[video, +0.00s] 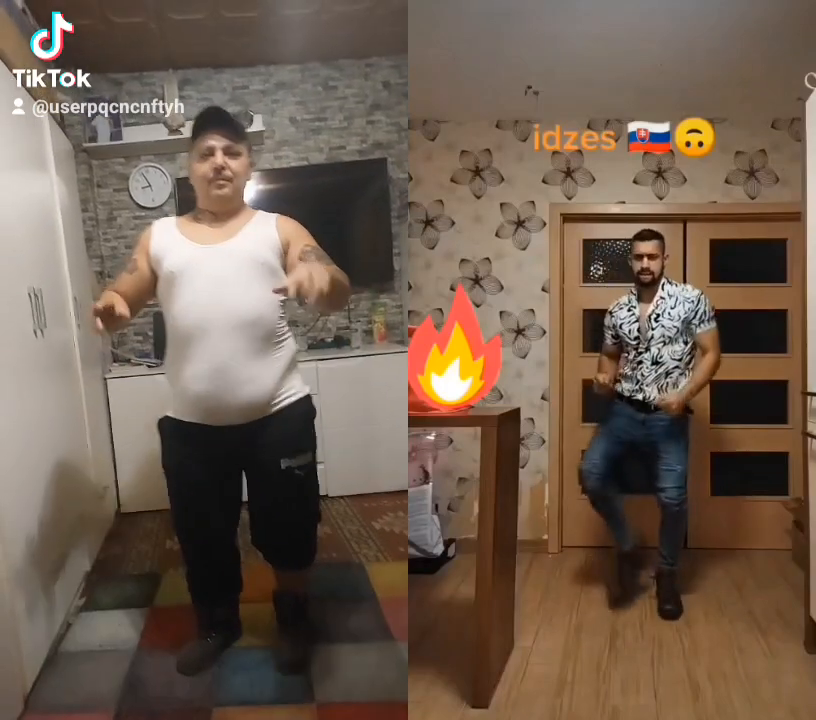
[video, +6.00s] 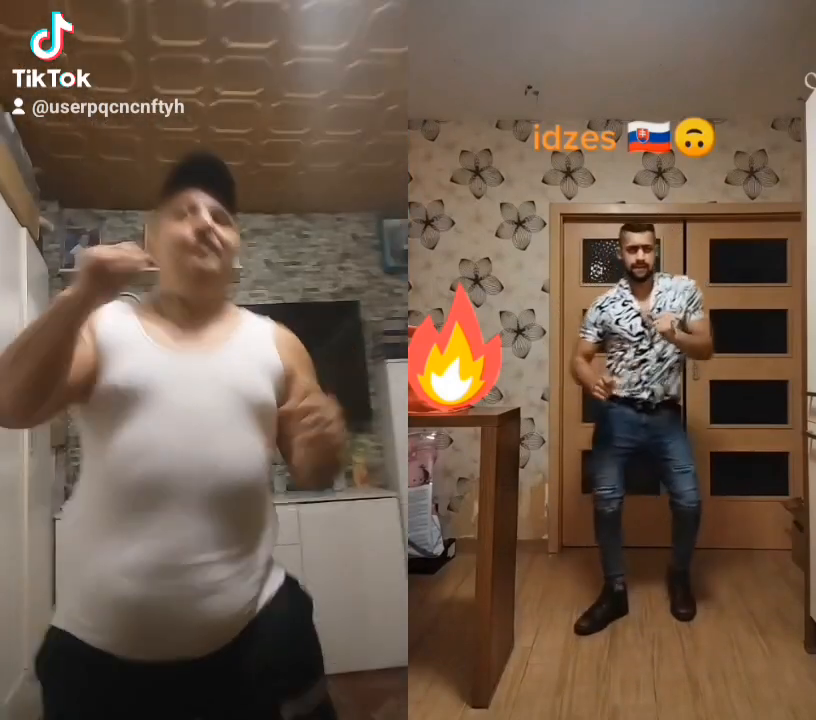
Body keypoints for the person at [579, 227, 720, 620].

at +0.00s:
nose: (645, 264)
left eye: (652, 257)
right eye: (638, 257)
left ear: (664, 260)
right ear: (631, 262)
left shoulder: (690, 300)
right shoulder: (619, 311)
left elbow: (711, 354)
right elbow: (609, 357)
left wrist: (685, 395)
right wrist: (605, 379)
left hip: (668, 415)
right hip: (623, 412)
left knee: (672, 498)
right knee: (592, 475)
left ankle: (667, 575)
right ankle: (627, 549)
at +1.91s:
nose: (645, 225)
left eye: (654, 217)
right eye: (637, 218)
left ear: (675, 221)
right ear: (629, 226)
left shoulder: (709, 269)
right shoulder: (622, 289)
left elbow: (737, 342)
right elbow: (612, 355)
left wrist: (686, 372)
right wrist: (603, 376)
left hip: (689, 429)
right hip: (629, 425)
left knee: (701, 544)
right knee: (582, 506)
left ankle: (686, 647)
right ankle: (621, 622)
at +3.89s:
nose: (654, 238)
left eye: (663, 230)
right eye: (646, 231)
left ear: (678, 236)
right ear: (635, 237)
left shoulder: (704, 295)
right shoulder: (607, 290)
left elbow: (725, 367)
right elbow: (585, 352)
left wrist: (685, 342)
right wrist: (601, 390)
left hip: (686, 433)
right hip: (625, 430)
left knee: (695, 538)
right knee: (594, 521)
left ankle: (672, 618)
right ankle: (615, 636)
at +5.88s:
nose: (632, 259)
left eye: (639, 252)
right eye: (624, 253)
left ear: (648, 256)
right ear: (612, 257)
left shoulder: (671, 300)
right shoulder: (592, 308)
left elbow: (693, 361)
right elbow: (568, 364)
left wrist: (670, 339)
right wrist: (589, 385)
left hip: (662, 422)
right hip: (610, 423)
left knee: (690, 504)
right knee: (595, 507)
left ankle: (677, 578)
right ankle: (614, 594)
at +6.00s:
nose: (640, 257)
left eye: (646, 249)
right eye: (632, 250)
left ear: (656, 252)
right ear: (621, 254)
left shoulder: (682, 289)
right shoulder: (606, 304)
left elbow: (705, 347)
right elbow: (581, 358)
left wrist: (676, 335)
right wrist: (593, 382)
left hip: (666, 416)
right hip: (617, 415)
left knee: (688, 502)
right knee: (606, 501)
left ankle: (680, 578)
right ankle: (614, 592)